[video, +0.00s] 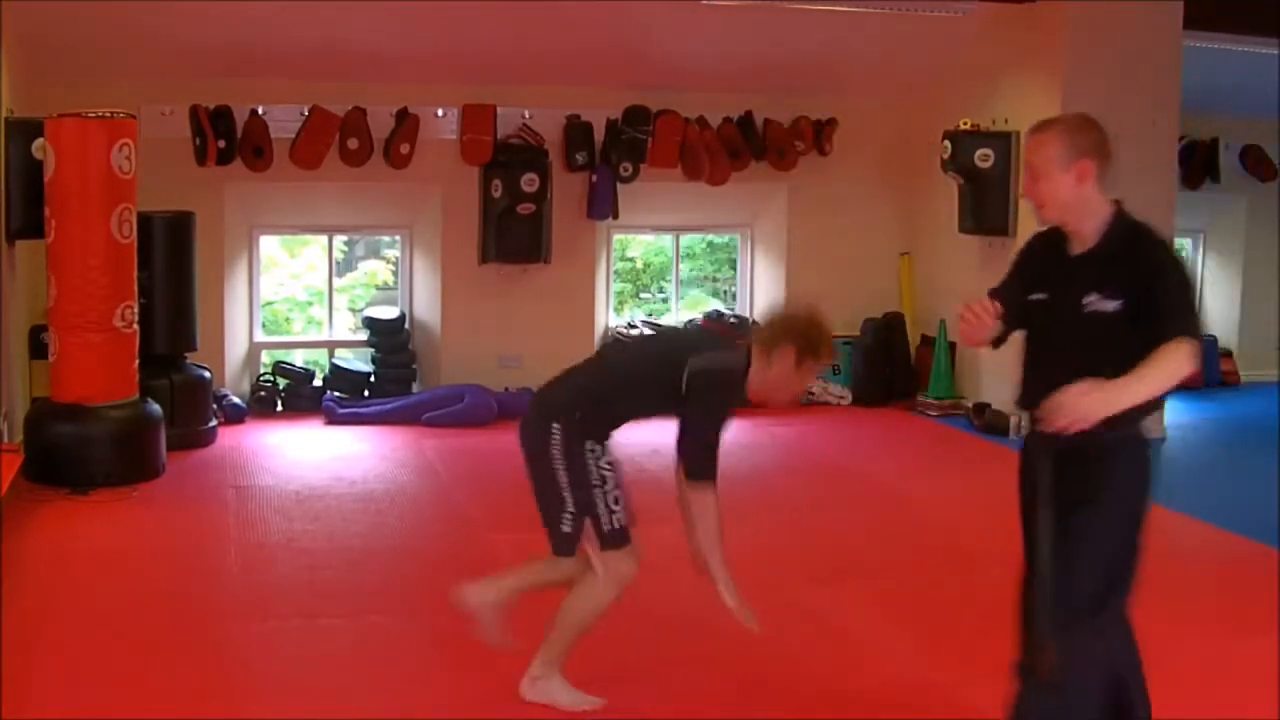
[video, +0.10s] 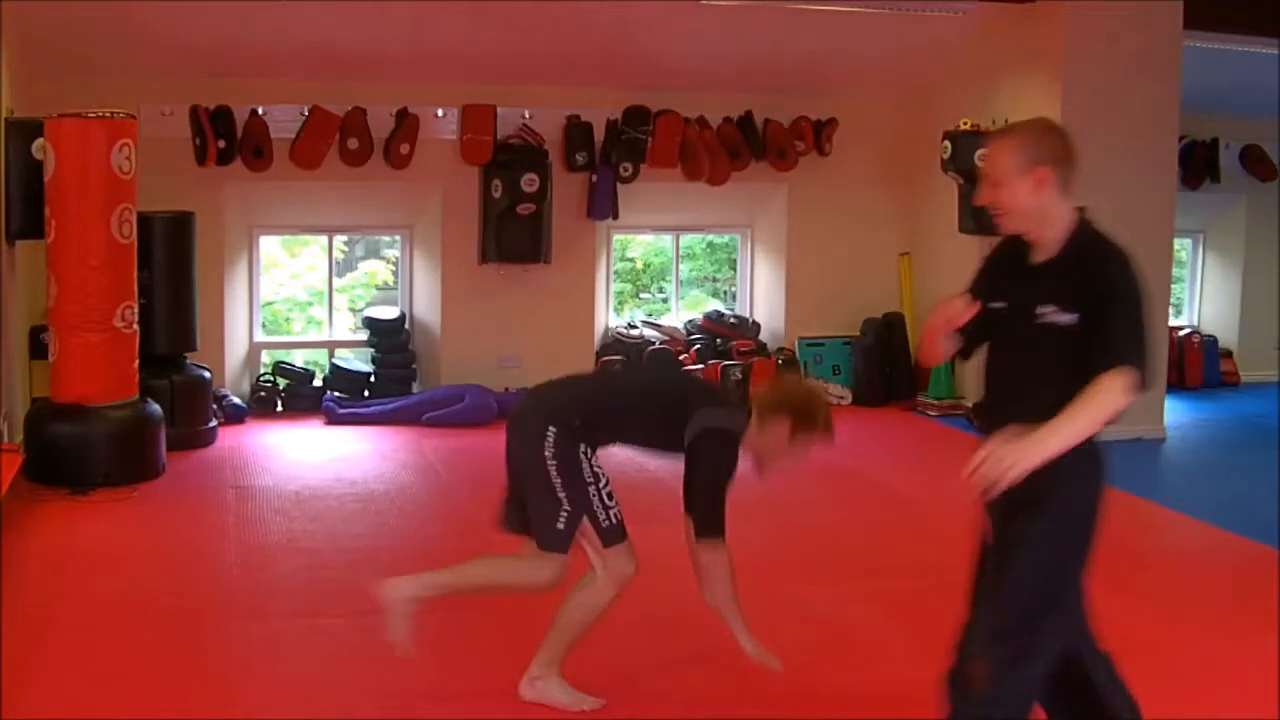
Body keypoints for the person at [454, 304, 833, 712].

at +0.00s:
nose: (804, 390)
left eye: (811, 379)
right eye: (808, 376)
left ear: (777, 353)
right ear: (783, 357)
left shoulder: (718, 359)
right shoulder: (717, 371)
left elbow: (689, 470)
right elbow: (700, 480)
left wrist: (698, 545)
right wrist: (725, 583)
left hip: (573, 421)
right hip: (563, 424)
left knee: (588, 562)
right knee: (614, 568)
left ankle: (488, 591)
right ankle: (542, 675)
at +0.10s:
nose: (790, 459)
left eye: (799, 450)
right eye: (796, 447)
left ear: (775, 416)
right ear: (779, 424)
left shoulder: (716, 410)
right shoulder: (720, 423)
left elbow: (701, 529)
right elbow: (708, 542)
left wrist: (723, 607)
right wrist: (742, 635)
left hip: (543, 419)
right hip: (558, 429)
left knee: (544, 569)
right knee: (617, 568)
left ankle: (407, 589)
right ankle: (541, 677)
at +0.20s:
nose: (790, 520)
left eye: (798, 512)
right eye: (797, 508)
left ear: (775, 472)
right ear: (780, 481)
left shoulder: (718, 462)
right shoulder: (720, 480)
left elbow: (700, 557)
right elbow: (719, 593)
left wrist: (699, 623)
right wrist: (748, 690)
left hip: (544, 427)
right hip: (562, 442)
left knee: (498, 571)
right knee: (635, 578)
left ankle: (361, 607)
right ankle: (543, 675)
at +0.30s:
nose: (786, 546)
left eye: (795, 539)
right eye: (793, 535)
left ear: (776, 501)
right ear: (780, 511)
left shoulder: (717, 488)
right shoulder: (732, 501)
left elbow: (673, 557)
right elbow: (717, 611)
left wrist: (687, 627)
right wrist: (737, 702)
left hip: (550, 452)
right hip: (579, 465)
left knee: (471, 571)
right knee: (667, 596)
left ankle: (343, 633)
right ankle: (551, 667)